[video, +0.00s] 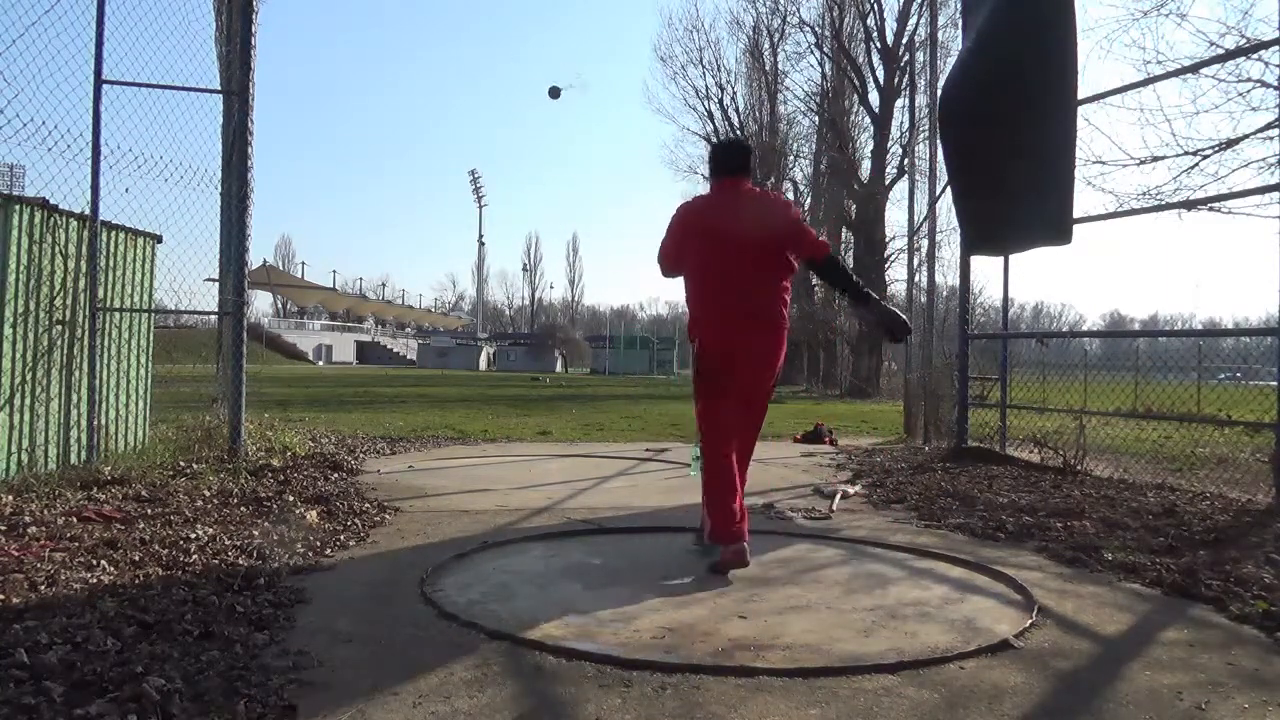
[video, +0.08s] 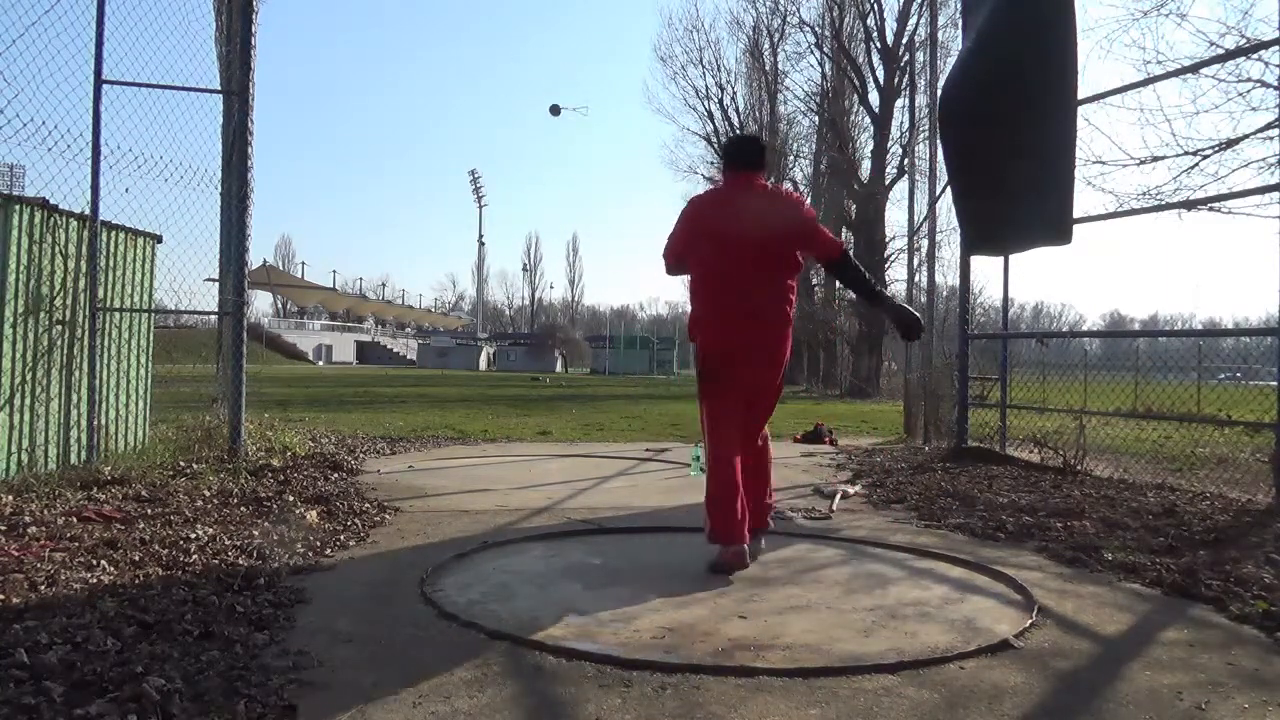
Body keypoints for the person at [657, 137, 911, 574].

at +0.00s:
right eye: (746, 167)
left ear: (711, 171)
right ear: (750, 169)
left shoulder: (691, 213)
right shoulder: (777, 209)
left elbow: (669, 265)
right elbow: (824, 261)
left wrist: (710, 248)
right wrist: (872, 303)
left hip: (713, 335)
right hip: (766, 337)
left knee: (716, 434)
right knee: (744, 432)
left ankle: (732, 543)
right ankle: (718, 522)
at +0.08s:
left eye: (726, 165)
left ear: (724, 167)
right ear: (764, 167)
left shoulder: (702, 207)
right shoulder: (787, 205)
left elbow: (673, 262)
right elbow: (839, 261)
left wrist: (718, 249)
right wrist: (888, 304)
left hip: (716, 331)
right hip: (771, 332)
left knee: (722, 435)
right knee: (755, 426)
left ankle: (731, 544)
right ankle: (758, 515)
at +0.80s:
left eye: (838, 148)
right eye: (876, 152)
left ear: (835, 149)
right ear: (879, 153)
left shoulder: (798, 190)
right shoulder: (893, 200)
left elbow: (761, 243)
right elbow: (926, 275)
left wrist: (749, 305)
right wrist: (953, 340)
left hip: (793, 336)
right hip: (854, 342)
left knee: (775, 440)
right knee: (854, 449)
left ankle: (751, 539)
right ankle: (847, 557)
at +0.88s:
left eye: (838, 146)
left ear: (839, 148)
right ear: (882, 153)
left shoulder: (801, 188)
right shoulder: (896, 200)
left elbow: (763, 244)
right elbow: (925, 274)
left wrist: (750, 306)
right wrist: (943, 342)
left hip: (795, 336)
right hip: (856, 343)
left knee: (776, 439)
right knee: (855, 450)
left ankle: (750, 541)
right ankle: (847, 559)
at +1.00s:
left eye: (842, 144)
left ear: (842, 146)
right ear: (885, 153)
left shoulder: (804, 186)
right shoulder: (900, 199)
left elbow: (764, 244)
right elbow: (922, 276)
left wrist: (750, 309)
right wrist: (929, 349)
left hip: (794, 335)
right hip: (857, 343)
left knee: (778, 437)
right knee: (856, 448)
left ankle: (765, 540)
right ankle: (847, 557)